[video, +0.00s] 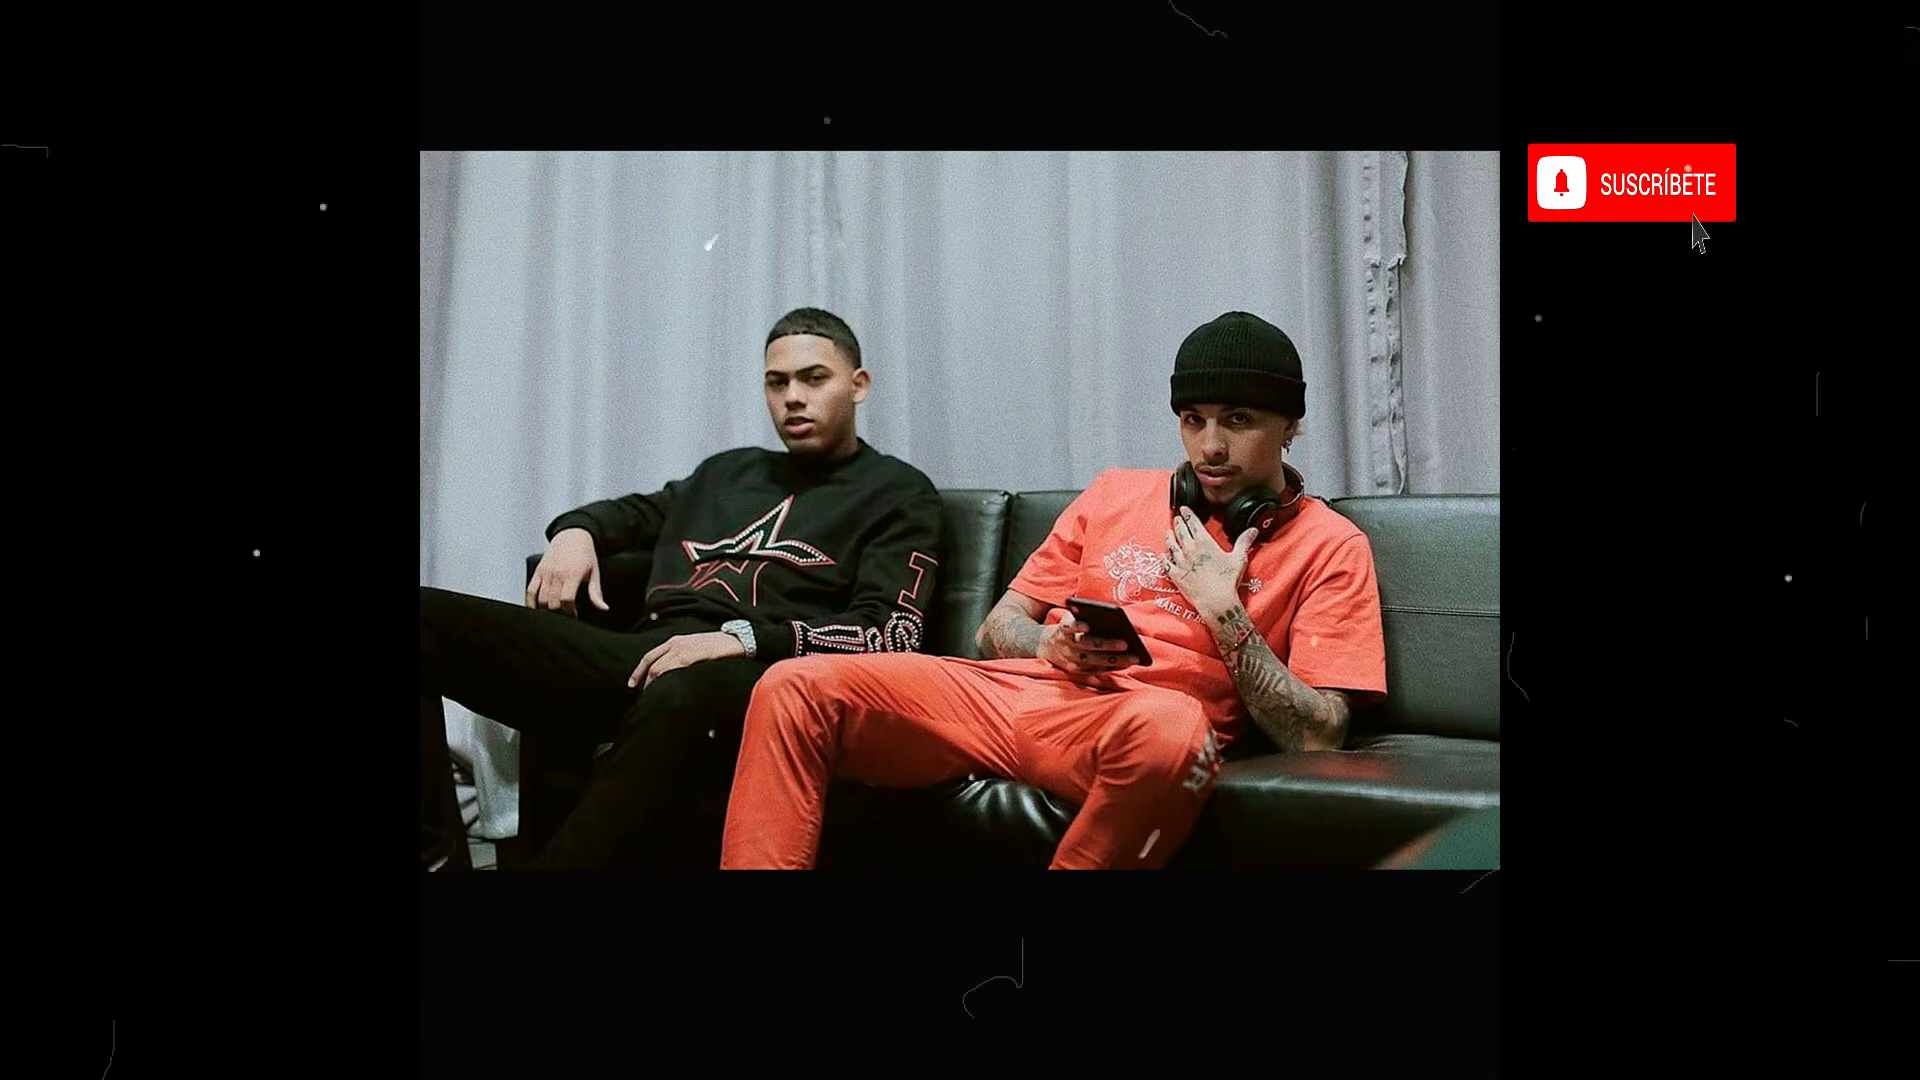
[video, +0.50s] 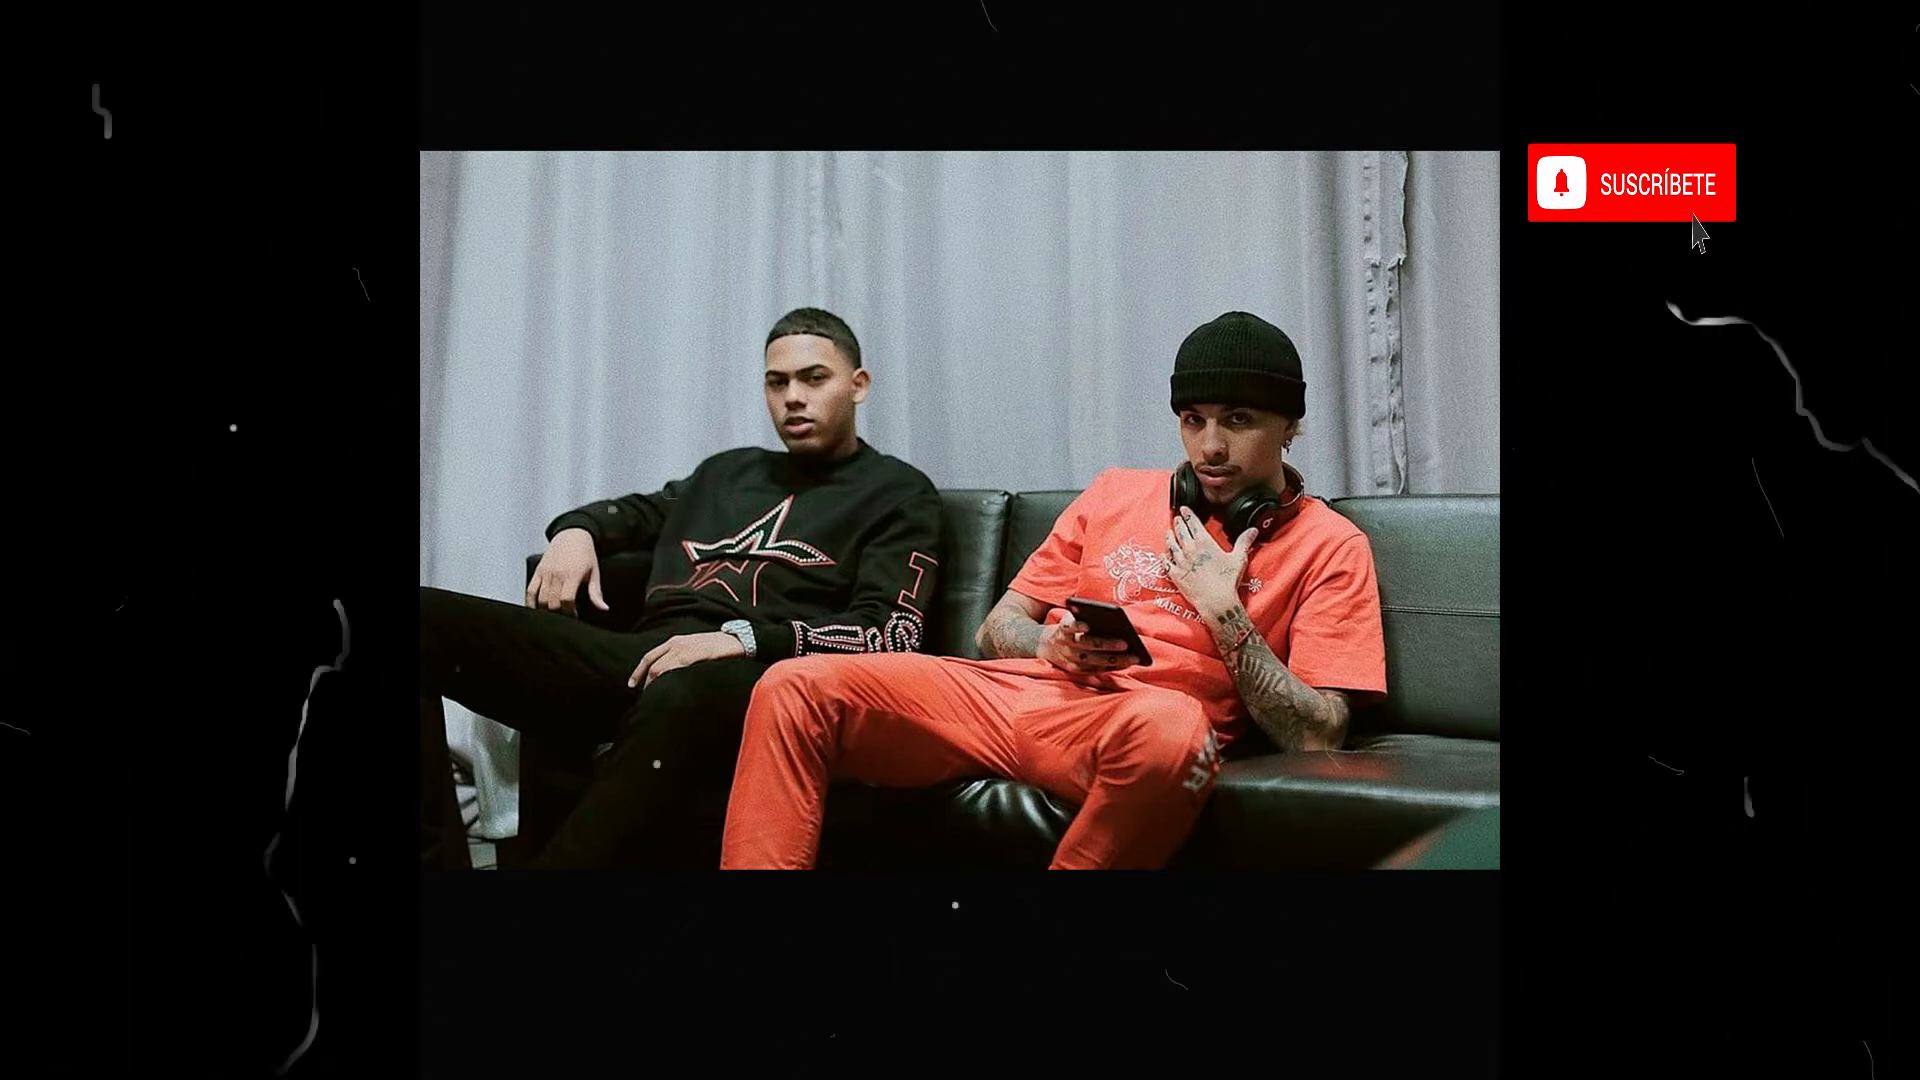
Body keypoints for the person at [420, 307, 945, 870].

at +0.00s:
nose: (793, 399)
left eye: (814, 379)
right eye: (779, 382)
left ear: (859, 385)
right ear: (765, 390)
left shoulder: (899, 494)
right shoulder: (728, 472)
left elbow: (893, 634)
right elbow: (641, 515)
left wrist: (743, 639)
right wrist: (575, 529)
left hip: (772, 680)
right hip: (641, 653)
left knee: (680, 700)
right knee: (424, 617)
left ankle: (561, 870)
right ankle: (439, 850)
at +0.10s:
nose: (793, 399)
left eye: (814, 379)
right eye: (779, 382)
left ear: (859, 385)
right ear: (765, 390)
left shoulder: (900, 494)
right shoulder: (728, 472)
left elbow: (894, 635)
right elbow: (642, 515)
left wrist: (742, 639)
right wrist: (575, 530)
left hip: (769, 681)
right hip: (637, 653)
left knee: (682, 700)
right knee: (419, 617)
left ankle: (555, 887)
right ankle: (441, 870)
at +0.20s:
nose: (793, 399)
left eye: (813, 379)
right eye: (779, 382)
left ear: (859, 385)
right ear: (765, 390)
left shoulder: (900, 494)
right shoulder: (728, 472)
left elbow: (893, 634)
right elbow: (641, 515)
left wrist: (741, 639)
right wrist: (574, 530)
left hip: (769, 681)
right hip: (637, 653)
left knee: (683, 699)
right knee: (426, 617)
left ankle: (562, 870)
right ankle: (441, 856)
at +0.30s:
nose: (793, 399)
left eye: (814, 378)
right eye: (779, 382)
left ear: (859, 384)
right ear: (765, 390)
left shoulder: (900, 494)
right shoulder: (728, 472)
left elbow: (893, 635)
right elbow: (642, 515)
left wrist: (742, 639)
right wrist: (575, 530)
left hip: (770, 682)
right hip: (637, 654)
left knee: (682, 701)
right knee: (426, 617)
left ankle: (562, 872)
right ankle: (441, 857)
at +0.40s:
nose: (793, 399)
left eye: (814, 378)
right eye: (779, 382)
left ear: (860, 385)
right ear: (765, 391)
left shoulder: (903, 495)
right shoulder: (728, 472)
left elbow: (892, 637)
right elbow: (642, 516)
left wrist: (743, 640)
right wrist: (575, 530)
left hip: (773, 682)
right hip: (638, 654)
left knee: (683, 701)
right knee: (425, 617)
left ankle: (561, 870)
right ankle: (440, 857)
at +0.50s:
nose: (793, 399)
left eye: (814, 378)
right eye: (779, 382)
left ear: (859, 385)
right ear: (765, 390)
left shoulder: (900, 494)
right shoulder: (727, 472)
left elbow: (893, 635)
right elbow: (643, 516)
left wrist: (743, 639)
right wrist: (575, 530)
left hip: (771, 681)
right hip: (637, 654)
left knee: (682, 701)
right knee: (424, 617)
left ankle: (561, 870)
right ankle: (440, 857)